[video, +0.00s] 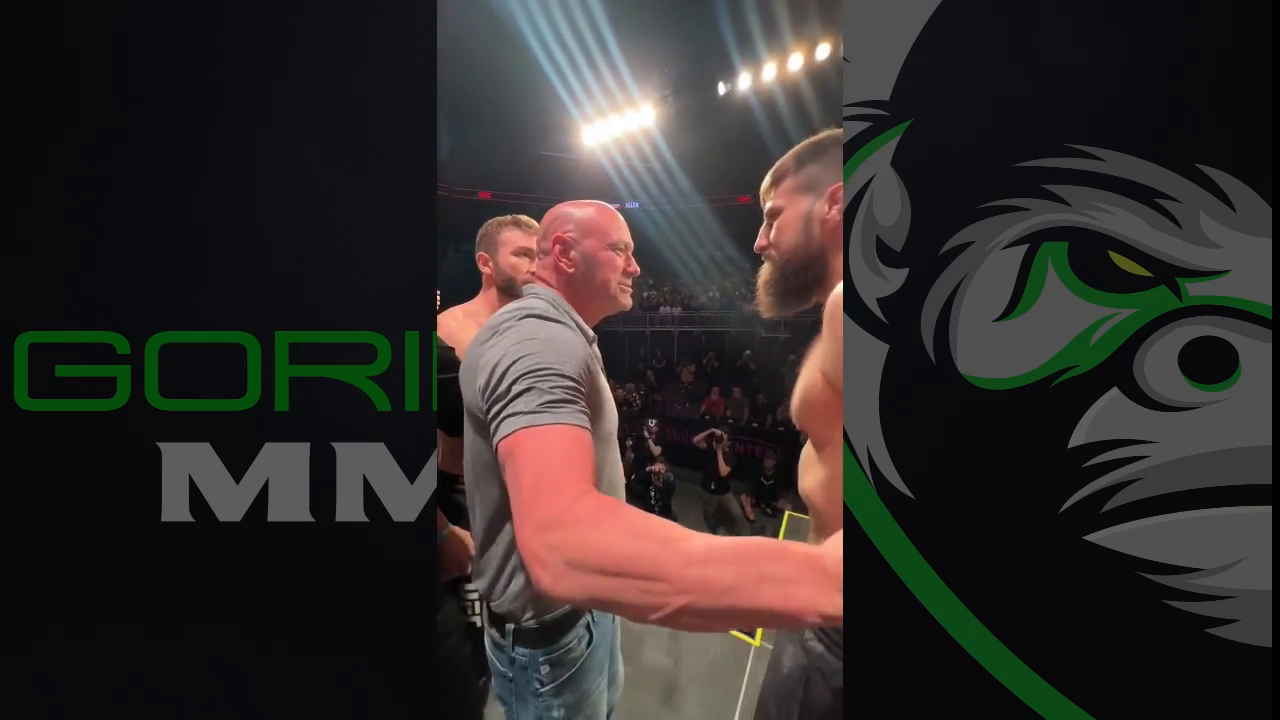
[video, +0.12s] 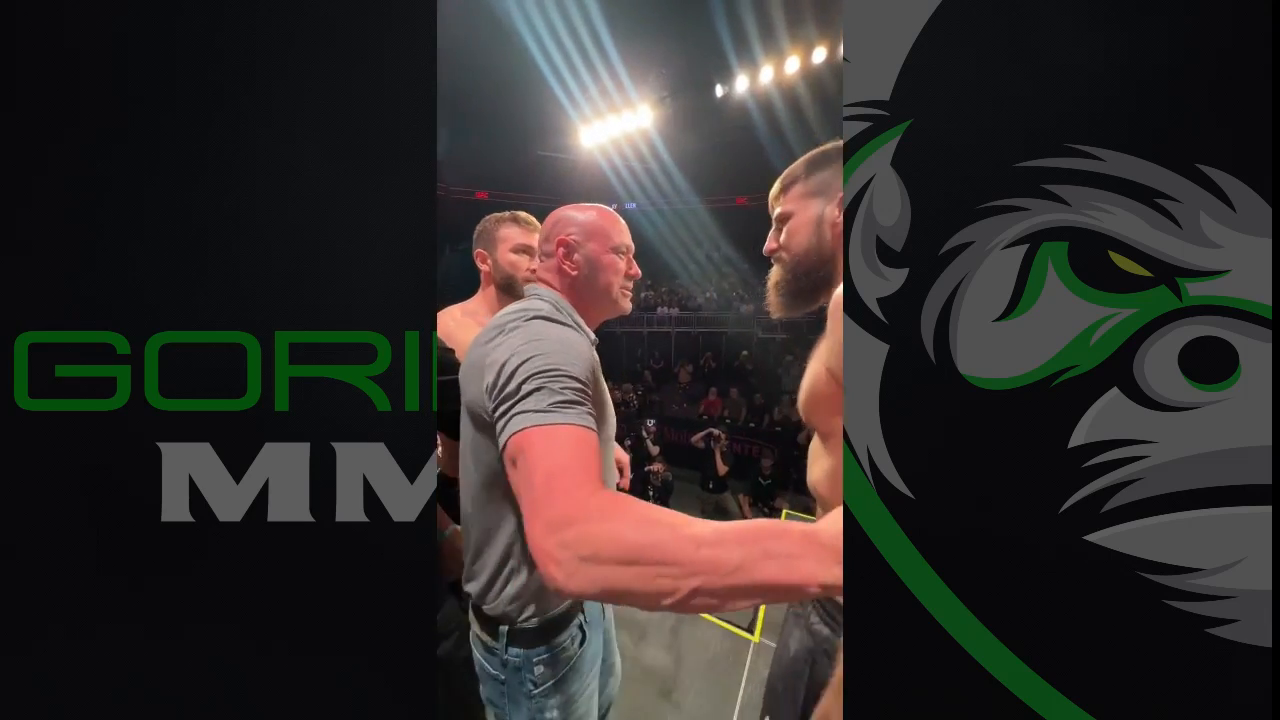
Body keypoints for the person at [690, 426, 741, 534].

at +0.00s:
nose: (719, 441)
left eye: (722, 439)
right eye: (718, 438)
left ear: (727, 441)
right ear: (714, 438)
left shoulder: (729, 455)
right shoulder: (709, 449)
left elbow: (723, 472)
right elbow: (695, 441)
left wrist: (719, 450)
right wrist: (711, 431)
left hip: (724, 492)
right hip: (708, 491)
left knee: (737, 515)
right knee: (708, 517)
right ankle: (712, 531)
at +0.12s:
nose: (717, 440)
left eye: (720, 439)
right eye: (716, 438)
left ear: (725, 441)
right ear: (713, 438)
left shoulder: (727, 454)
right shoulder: (708, 448)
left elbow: (721, 472)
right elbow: (693, 441)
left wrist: (717, 451)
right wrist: (708, 431)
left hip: (722, 491)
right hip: (706, 491)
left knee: (736, 515)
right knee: (705, 518)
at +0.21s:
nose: (715, 441)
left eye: (718, 439)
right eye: (714, 438)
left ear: (723, 441)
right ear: (710, 438)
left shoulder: (725, 454)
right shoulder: (706, 449)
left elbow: (720, 471)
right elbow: (692, 440)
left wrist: (715, 449)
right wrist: (707, 430)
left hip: (720, 491)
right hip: (704, 491)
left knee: (734, 514)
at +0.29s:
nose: (712, 440)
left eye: (715, 438)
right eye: (710, 437)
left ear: (720, 440)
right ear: (707, 438)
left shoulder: (722, 453)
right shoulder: (703, 449)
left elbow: (717, 470)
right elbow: (689, 440)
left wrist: (712, 449)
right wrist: (704, 430)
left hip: (717, 491)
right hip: (701, 490)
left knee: (731, 515)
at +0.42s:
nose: (704, 439)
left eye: (707, 436)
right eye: (703, 436)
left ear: (713, 438)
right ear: (700, 437)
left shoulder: (715, 452)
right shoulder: (696, 446)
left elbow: (710, 468)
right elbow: (682, 438)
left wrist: (705, 448)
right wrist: (697, 428)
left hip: (710, 489)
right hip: (693, 487)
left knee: (723, 511)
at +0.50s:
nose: (699, 438)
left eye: (702, 436)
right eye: (698, 435)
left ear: (708, 438)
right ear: (695, 436)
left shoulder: (710, 451)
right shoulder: (692, 446)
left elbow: (704, 467)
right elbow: (677, 437)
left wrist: (700, 446)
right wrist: (692, 427)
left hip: (702, 486)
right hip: (687, 483)